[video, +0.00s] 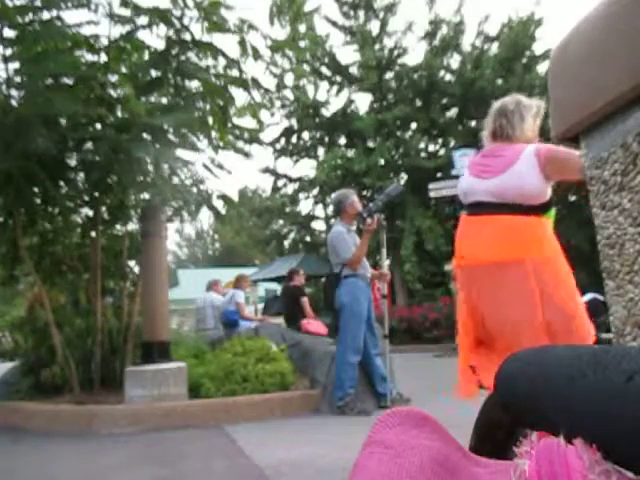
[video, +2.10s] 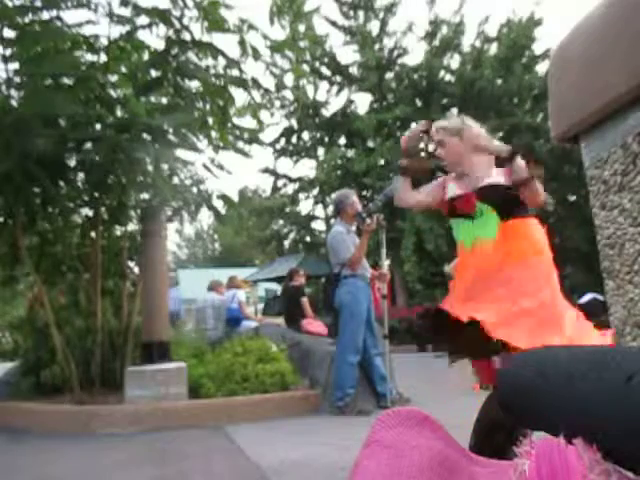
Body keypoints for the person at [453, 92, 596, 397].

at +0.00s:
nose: (538, 129)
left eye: (537, 123)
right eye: (536, 123)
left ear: (493, 127)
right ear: (527, 126)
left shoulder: (475, 161)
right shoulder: (537, 155)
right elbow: (592, 166)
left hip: (474, 247)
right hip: (524, 247)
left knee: (493, 332)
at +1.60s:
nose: (541, 149)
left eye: (540, 143)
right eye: (536, 143)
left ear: (497, 150)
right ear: (522, 145)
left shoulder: (474, 185)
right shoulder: (542, 173)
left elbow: (456, 235)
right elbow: (590, 197)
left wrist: (438, 233)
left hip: (485, 248)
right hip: (532, 243)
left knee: (493, 332)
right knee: (540, 324)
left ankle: (497, 414)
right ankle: (547, 408)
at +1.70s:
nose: (525, 152)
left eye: (524, 147)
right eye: (523, 147)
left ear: (483, 152)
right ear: (518, 151)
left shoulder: (466, 184)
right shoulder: (539, 180)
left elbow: (454, 239)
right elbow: (564, 232)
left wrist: (443, 234)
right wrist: (560, 251)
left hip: (486, 245)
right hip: (533, 242)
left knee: (490, 330)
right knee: (540, 324)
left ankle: (493, 417)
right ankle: (546, 406)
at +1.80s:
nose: (468, 156)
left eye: (469, 151)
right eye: (468, 152)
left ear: (476, 149)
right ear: (512, 150)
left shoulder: (473, 174)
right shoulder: (525, 177)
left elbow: (450, 227)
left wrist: (437, 221)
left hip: (492, 248)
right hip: (538, 246)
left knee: (491, 332)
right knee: (545, 326)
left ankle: (492, 421)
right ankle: (549, 408)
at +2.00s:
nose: (446, 160)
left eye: (450, 150)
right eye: (444, 153)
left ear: (472, 145)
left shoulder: (505, 161)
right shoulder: (460, 184)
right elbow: (418, 202)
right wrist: (414, 169)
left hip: (521, 243)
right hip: (484, 250)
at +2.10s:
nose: (438, 153)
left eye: (442, 144)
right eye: (435, 147)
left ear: (467, 140)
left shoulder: (508, 167)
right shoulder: (446, 186)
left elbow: (537, 201)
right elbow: (404, 199)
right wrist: (406, 159)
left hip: (523, 254)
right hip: (478, 266)